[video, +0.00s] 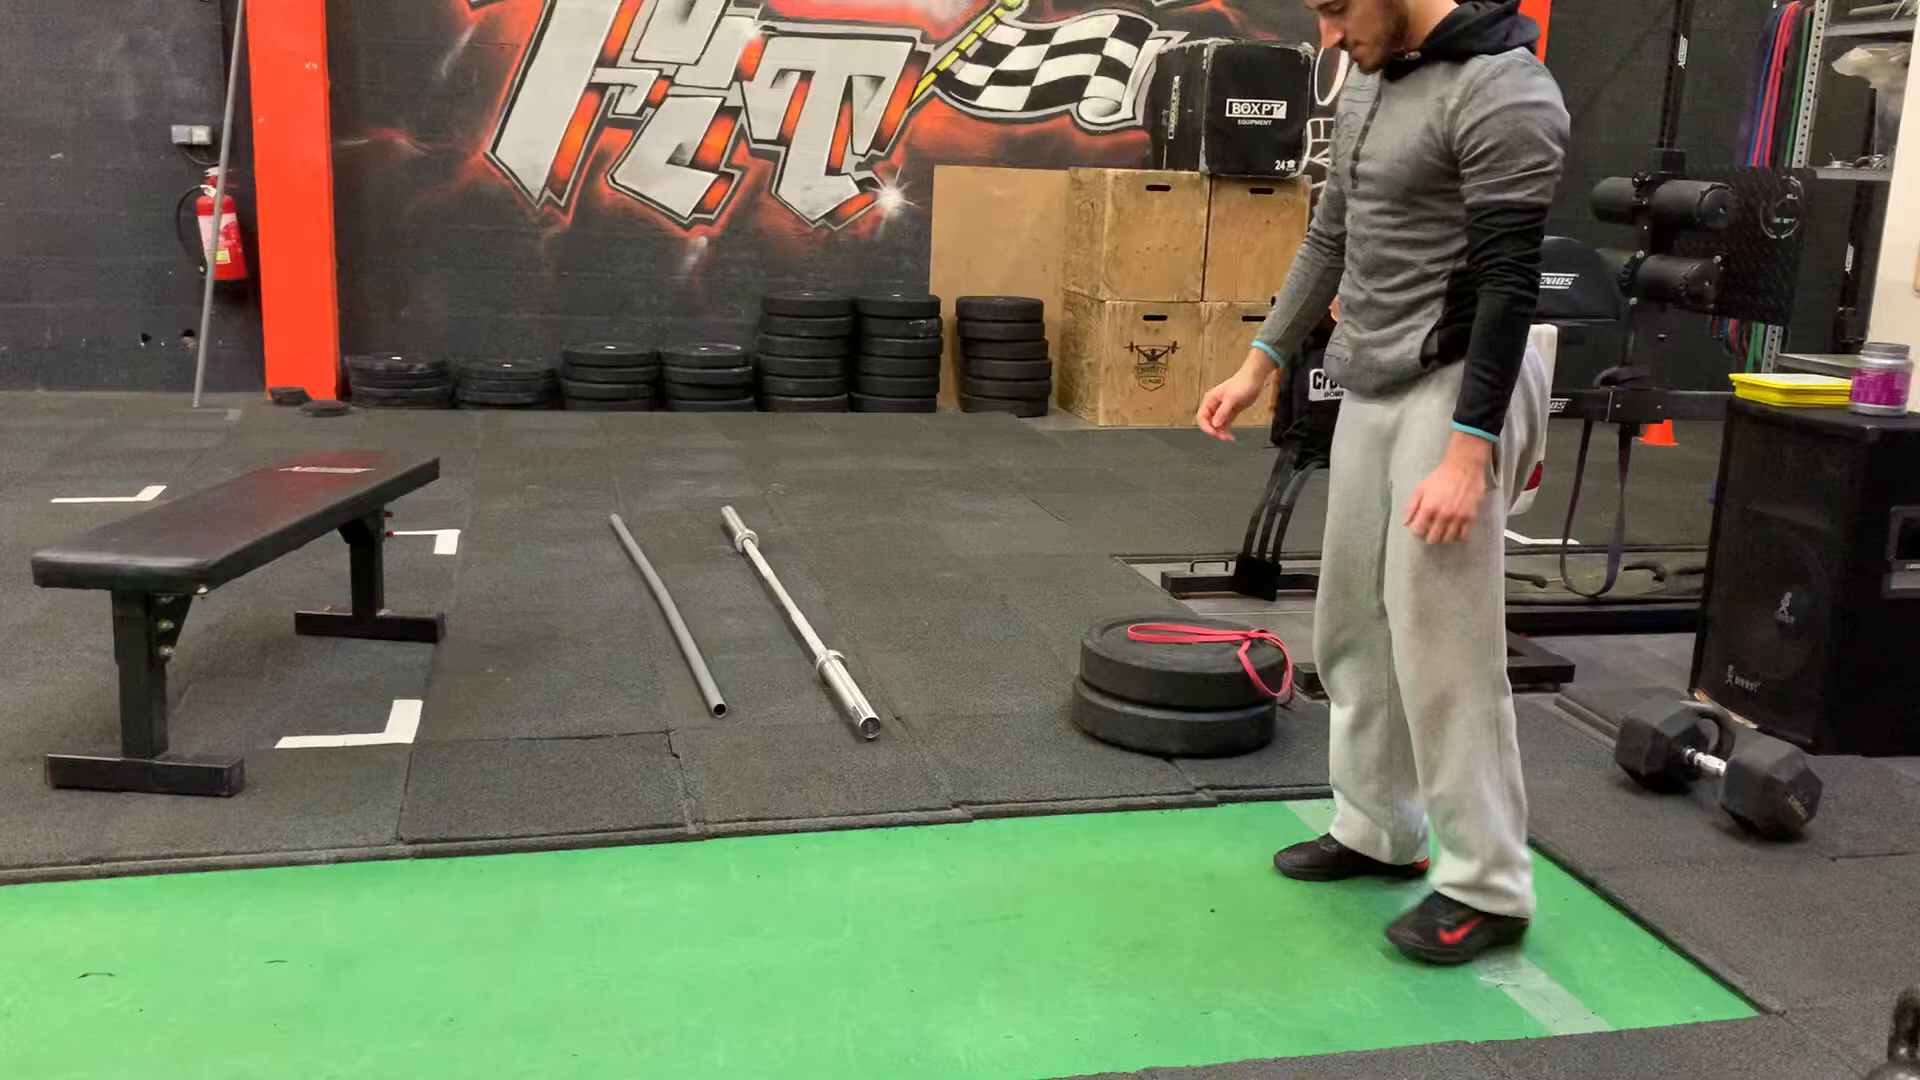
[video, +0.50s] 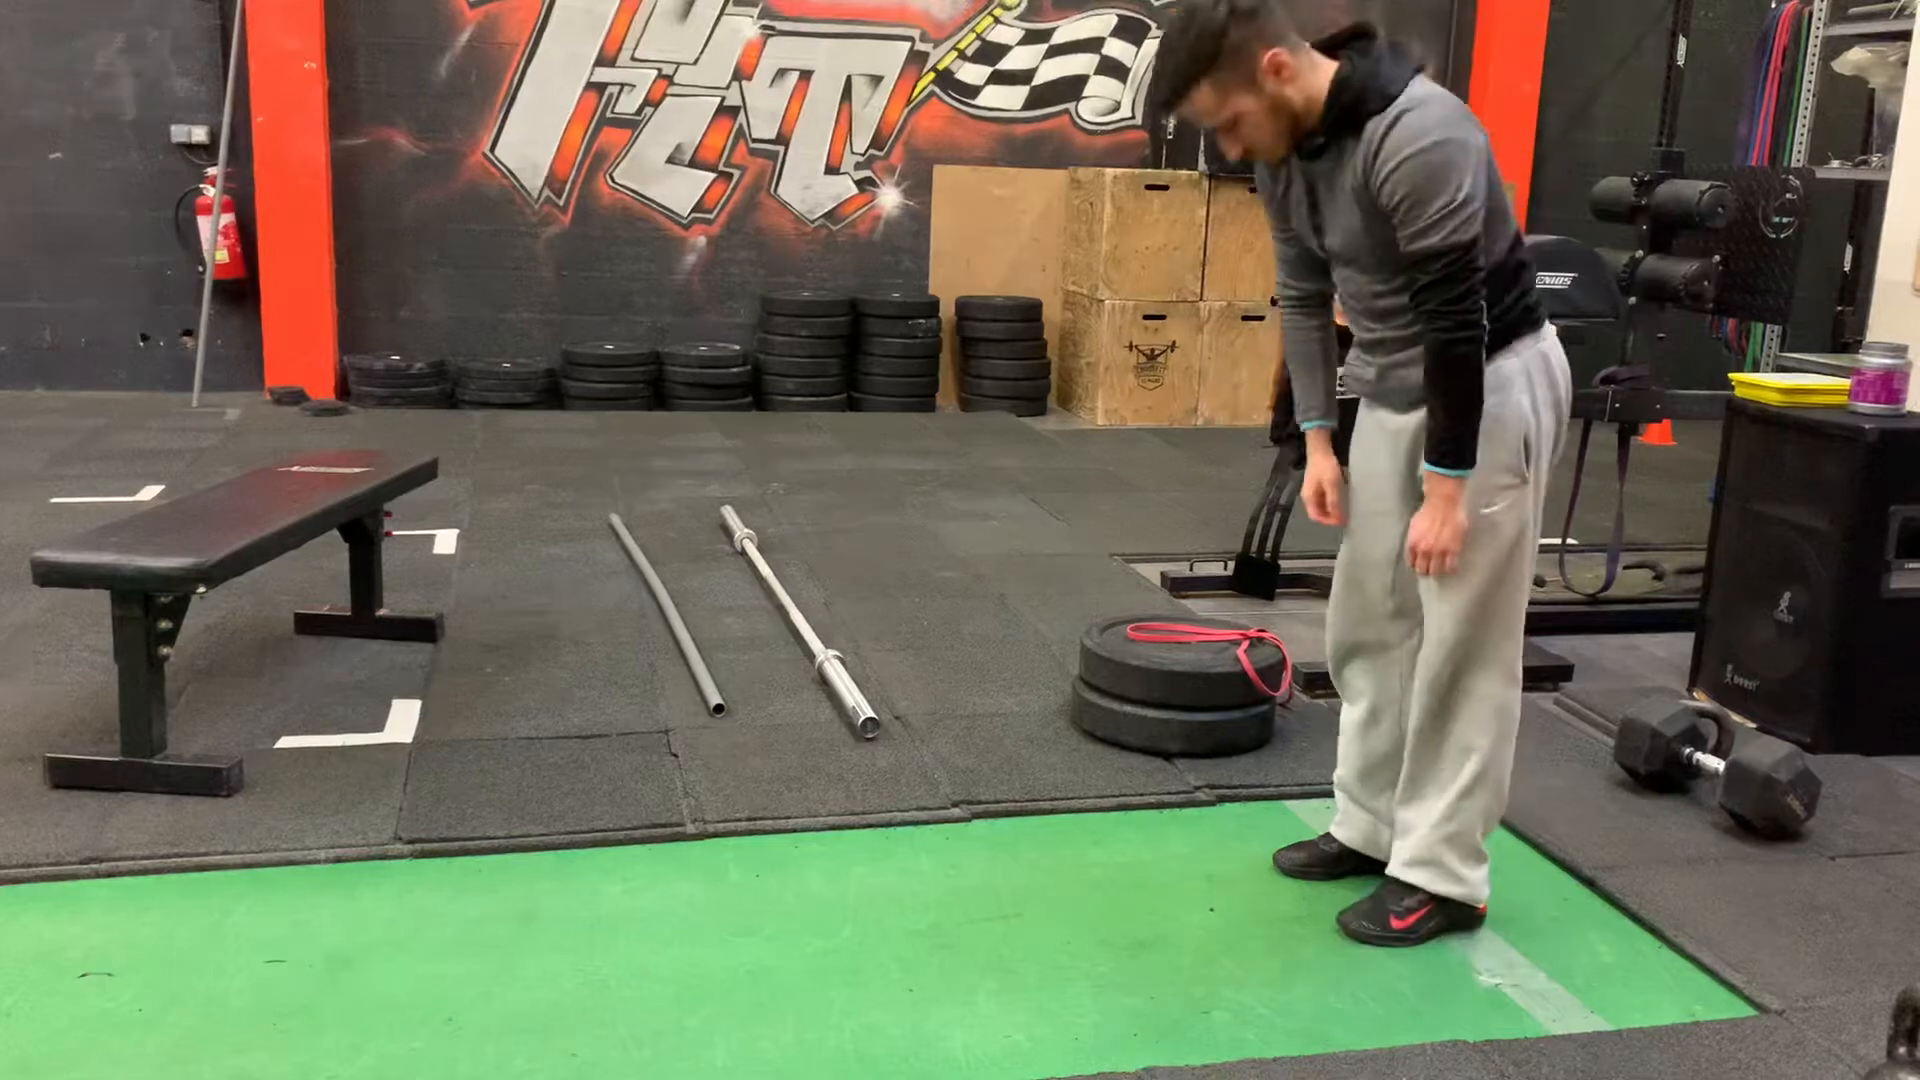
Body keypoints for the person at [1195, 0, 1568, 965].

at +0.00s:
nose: (1330, 34)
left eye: (1338, 11)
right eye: (1322, 17)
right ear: (1359, 10)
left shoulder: (1504, 93)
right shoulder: (1366, 80)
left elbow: (1510, 282)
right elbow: (1328, 236)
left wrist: (1470, 444)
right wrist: (1263, 360)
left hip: (1461, 390)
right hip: (1369, 385)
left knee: (1444, 636)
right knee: (1356, 617)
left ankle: (1487, 884)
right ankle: (1378, 826)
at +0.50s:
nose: (1227, 148)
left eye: (1228, 124)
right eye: (1213, 133)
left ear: (1279, 69)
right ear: (1266, 82)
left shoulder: (1421, 145)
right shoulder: (1285, 155)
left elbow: (1455, 326)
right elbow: (1303, 298)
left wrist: (1446, 489)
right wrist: (1319, 438)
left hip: (1489, 386)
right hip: (1387, 385)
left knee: (1464, 635)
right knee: (1372, 618)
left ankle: (1446, 871)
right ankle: (1371, 824)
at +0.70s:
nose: (1198, 280)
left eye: (1192, 262)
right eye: (1182, 270)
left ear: (1224, 203)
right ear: (1218, 200)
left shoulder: (1359, 230)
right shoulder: (1249, 224)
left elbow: (1414, 397)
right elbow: (1287, 372)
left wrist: (1441, 558)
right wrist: (1327, 500)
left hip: (1515, 385)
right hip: (1411, 392)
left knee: (1483, 628)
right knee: (1396, 610)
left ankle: (1446, 870)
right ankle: (1373, 821)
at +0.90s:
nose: (1188, 397)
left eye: (1176, 383)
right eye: (1170, 393)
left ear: (1192, 333)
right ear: (1187, 326)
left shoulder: (1317, 327)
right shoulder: (1234, 312)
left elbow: (1379, 489)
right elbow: (1274, 456)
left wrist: (1421, 644)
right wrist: (1329, 583)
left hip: (1531, 386)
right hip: (1431, 396)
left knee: (1498, 637)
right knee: (1412, 621)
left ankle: (1448, 872)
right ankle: (1376, 822)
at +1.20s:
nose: (1192, 522)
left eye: (1183, 516)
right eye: (1180, 520)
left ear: (1187, 482)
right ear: (1168, 475)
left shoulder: (1290, 431)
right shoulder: (1205, 412)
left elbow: (1343, 594)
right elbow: (1258, 554)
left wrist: (1394, 753)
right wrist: (1311, 671)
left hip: (1539, 377)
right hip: (1444, 390)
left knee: (1499, 637)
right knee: (1421, 611)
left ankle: (1450, 871)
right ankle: (1375, 825)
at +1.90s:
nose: (1258, 641)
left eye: (1251, 637)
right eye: (1243, 646)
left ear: (1235, 605)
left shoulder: (1285, 533)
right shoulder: (1195, 497)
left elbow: (1327, 699)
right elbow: (1225, 662)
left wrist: (1342, 871)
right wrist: (1227, 800)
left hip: (1519, 371)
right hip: (1426, 362)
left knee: (1484, 633)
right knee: (1403, 616)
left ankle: (1448, 872)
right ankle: (1380, 828)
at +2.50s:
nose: (1146, 694)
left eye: (1137, 689)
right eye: (1132, 695)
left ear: (1122, 660)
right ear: (1095, 632)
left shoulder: (1186, 601)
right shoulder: (1105, 551)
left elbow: (1210, 762)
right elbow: (1099, 687)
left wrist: (1212, 924)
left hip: (1428, 379)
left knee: (1443, 642)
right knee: (1358, 626)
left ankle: (1443, 874)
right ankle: (1372, 823)